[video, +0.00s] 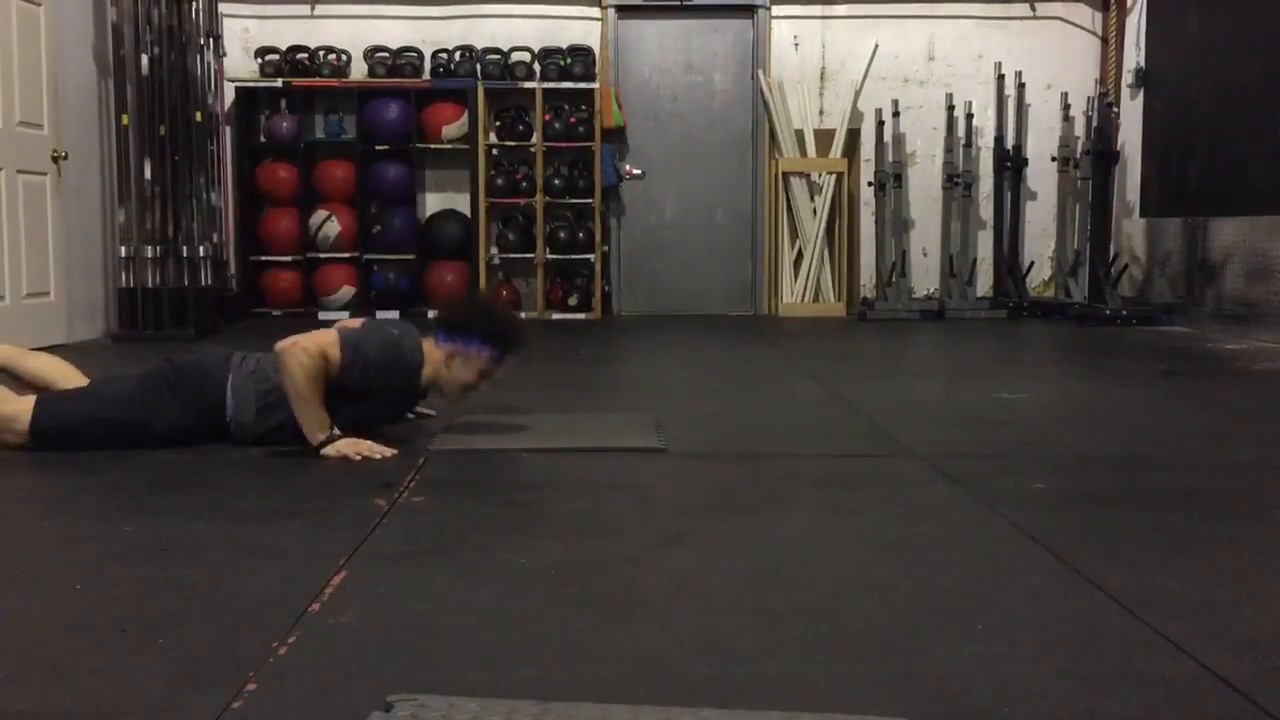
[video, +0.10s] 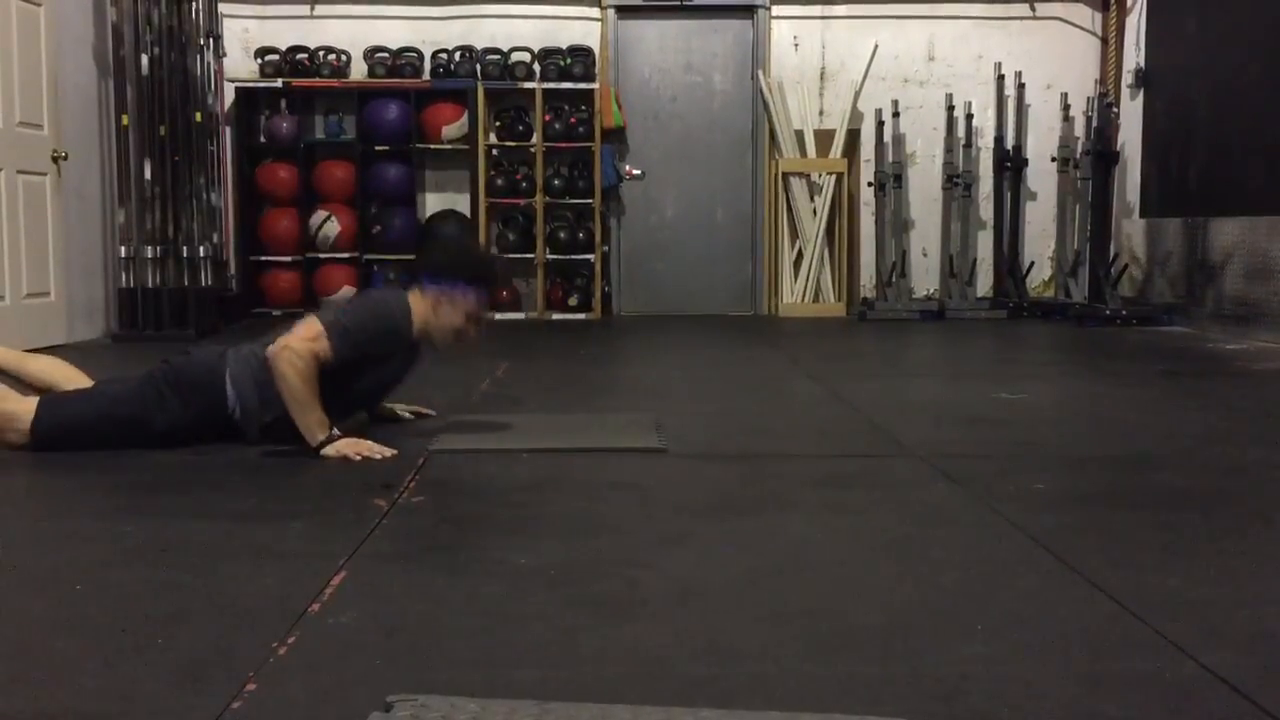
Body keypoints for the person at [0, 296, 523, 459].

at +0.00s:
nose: (480, 385)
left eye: (487, 376)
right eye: (482, 371)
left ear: (459, 347)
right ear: (457, 348)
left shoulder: (411, 356)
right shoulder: (398, 349)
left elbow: (322, 356)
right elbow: (295, 352)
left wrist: (374, 412)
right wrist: (327, 437)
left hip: (220, 388)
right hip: (207, 396)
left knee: (84, 396)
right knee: (23, 418)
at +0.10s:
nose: (473, 323)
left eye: (478, 312)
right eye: (472, 310)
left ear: (446, 294)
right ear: (443, 294)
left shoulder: (405, 322)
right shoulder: (383, 318)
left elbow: (329, 359)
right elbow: (287, 354)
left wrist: (377, 403)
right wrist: (326, 439)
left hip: (225, 386)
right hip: (208, 393)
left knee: (85, 394)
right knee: (31, 421)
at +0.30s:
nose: (435, 257)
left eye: (443, 249)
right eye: (439, 245)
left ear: (416, 220)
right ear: (416, 221)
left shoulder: (364, 251)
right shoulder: (336, 241)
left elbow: (363, 326)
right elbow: (305, 337)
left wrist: (373, 396)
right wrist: (326, 437)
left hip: (189, 330)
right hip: (175, 332)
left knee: (65, 368)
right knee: (33, 397)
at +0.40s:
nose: (440, 268)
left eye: (449, 262)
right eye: (447, 258)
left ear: (431, 225)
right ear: (433, 228)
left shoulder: (381, 239)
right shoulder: (353, 227)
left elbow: (376, 324)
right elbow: (324, 333)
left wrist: (381, 399)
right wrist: (327, 435)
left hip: (188, 280)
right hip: (169, 259)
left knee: (55, 341)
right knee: (33, 336)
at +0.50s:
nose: (409, 284)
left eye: (419, 281)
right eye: (418, 275)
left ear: (416, 237)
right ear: (413, 242)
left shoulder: (373, 228)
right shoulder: (339, 223)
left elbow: (365, 316)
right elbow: (314, 331)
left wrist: (375, 395)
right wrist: (326, 436)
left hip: (200, 207)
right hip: (163, 169)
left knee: (160, 302)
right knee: (51, 290)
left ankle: (56, 329)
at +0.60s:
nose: (369, 281)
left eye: (378, 280)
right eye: (375, 274)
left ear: (370, 240)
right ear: (368, 242)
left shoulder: (346, 226)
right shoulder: (304, 223)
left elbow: (352, 318)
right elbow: (302, 334)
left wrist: (375, 397)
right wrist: (326, 434)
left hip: (197, 143)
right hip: (148, 126)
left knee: (238, 268)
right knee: (72, 272)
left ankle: (170, 360)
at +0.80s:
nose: (388, 230)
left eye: (395, 223)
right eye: (389, 218)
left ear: (373, 187)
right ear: (367, 192)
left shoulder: (351, 188)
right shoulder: (298, 212)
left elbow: (377, 282)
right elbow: (306, 327)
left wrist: (403, 361)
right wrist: (327, 430)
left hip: (198, 174)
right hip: (139, 181)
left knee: (307, 282)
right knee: (94, 315)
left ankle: (287, 388)